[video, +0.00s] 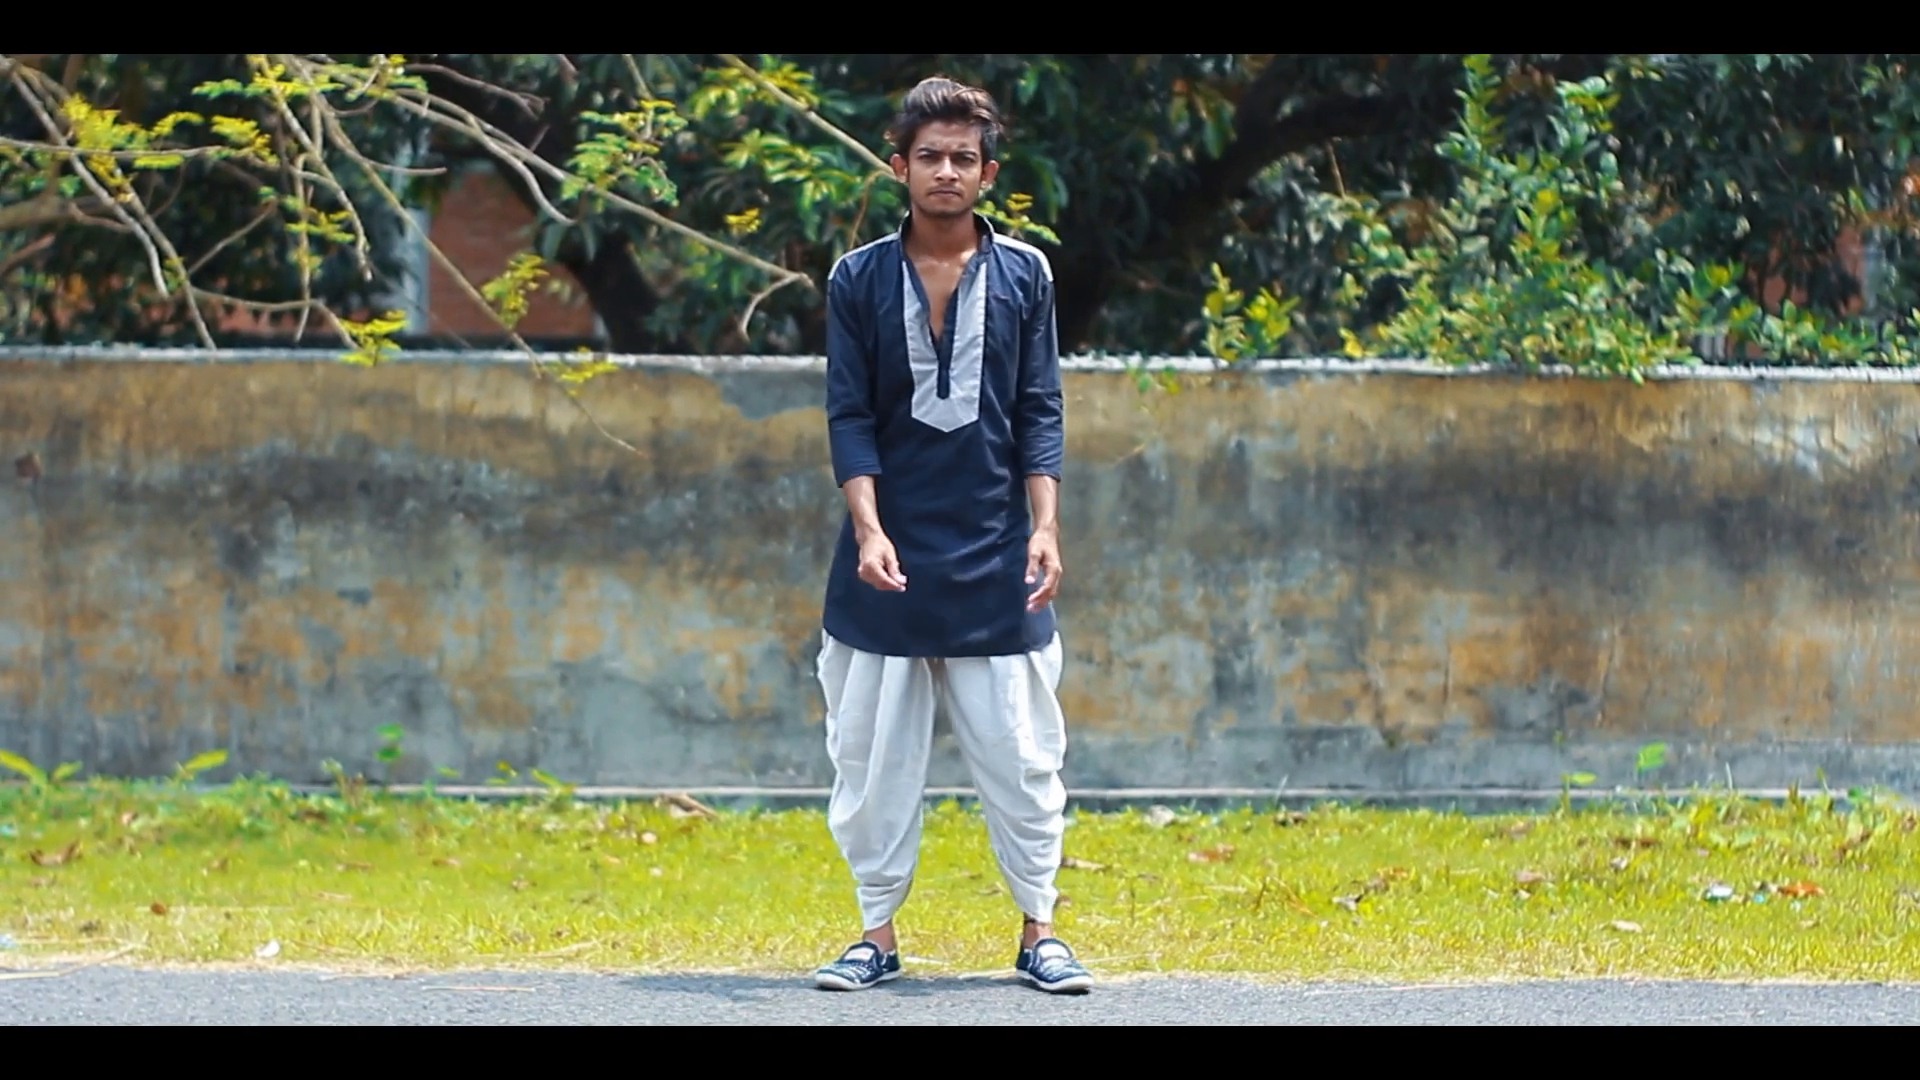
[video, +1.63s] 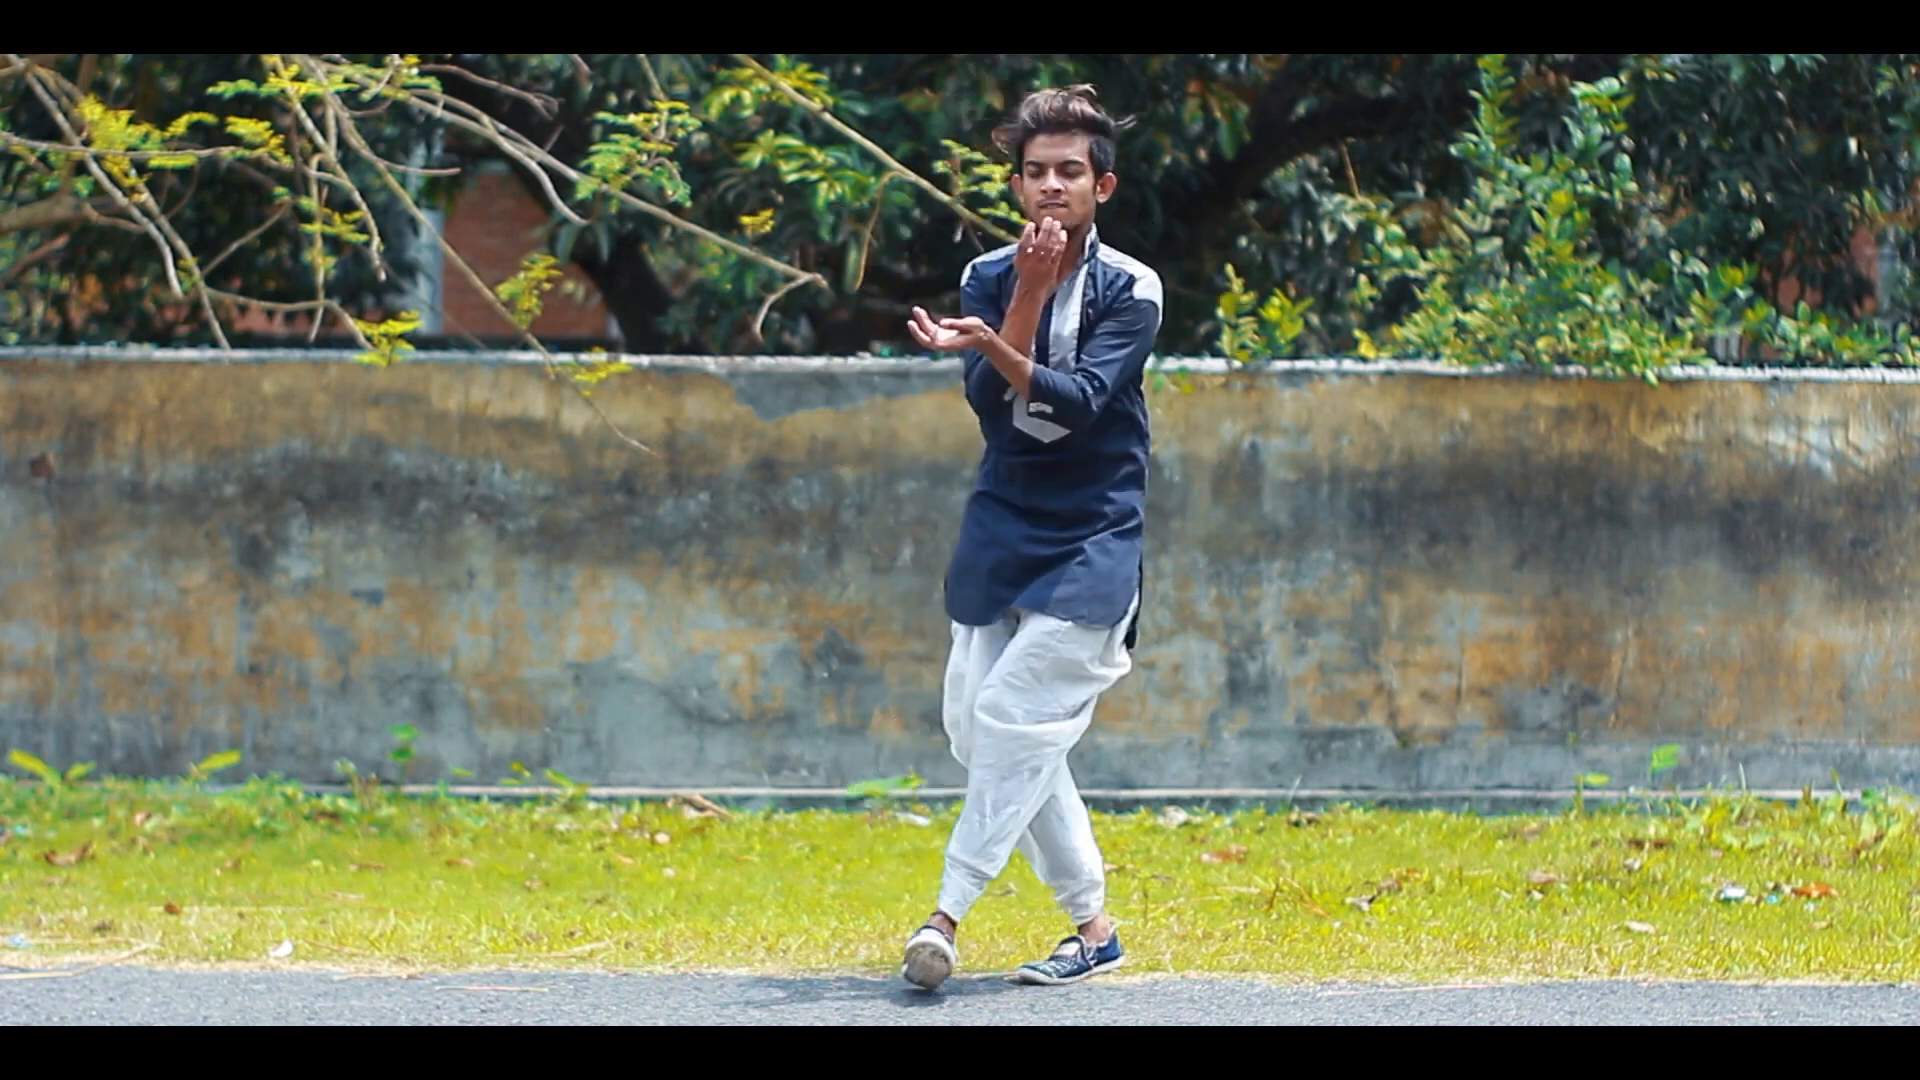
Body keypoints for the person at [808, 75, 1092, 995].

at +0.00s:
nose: (947, 173)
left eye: (964, 159)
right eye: (931, 158)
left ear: (986, 170)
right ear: (902, 167)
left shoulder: (1023, 273)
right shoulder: (858, 277)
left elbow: (1041, 408)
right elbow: (848, 414)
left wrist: (1043, 521)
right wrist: (867, 525)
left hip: (994, 540)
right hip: (886, 541)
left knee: (1020, 742)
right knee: (871, 745)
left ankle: (1039, 934)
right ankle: (877, 937)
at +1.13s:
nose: (982, 173)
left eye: (999, 158)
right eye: (966, 158)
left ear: (1027, 171)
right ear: (941, 168)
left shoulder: (1073, 271)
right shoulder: (897, 273)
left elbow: (1138, 385)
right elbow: (857, 388)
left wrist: (1170, 497)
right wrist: (818, 495)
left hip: (1031, 548)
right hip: (922, 545)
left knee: (1038, 753)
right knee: (897, 745)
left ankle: (1044, 933)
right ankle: (908, 931)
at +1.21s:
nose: (980, 194)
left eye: (997, 179)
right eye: (964, 178)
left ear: (1023, 193)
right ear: (938, 190)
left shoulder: (1063, 297)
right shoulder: (904, 298)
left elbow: (1148, 402)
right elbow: (878, 423)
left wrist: (1244, 489)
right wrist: (775, 488)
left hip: (1024, 561)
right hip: (920, 557)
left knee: (1042, 760)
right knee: (886, 750)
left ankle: (1042, 935)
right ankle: (902, 932)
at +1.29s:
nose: (981, 202)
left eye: (998, 187)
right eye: (966, 187)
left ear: (1025, 200)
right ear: (940, 198)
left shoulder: (1068, 298)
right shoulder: (908, 299)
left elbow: (1184, 363)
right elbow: (844, 388)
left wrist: (1314, 376)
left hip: (1025, 572)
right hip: (920, 568)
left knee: (1040, 763)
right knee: (878, 754)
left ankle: (1041, 936)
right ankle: (900, 937)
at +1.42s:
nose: (1005, 154)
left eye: (1020, 138)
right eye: (990, 138)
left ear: (1051, 142)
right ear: (966, 143)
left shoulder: (1093, 223)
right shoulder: (931, 220)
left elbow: (1170, 245)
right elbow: (835, 230)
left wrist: (1215, 242)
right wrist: (787, 209)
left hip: (1051, 515)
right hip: (949, 511)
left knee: (1026, 715)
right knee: (918, 720)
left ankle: (1016, 903)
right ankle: (939, 906)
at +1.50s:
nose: (1023, 145)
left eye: (1040, 129)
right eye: (1008, 130)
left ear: (1073, 132)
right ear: (985, 132)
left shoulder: (1110, 212)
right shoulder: (959, 205)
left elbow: (1155, 289)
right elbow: (837, 253)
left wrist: (1066, 287)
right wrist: (924, 246)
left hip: (1067, 491)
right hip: (973, 485)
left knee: (1017, 690)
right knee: (936, 695)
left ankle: (986, 892)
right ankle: (1022, 884)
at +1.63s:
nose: (1053, 186)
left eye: (1071, 168)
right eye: (1037, 169)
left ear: (1103, 183)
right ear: (1014, 180)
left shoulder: (1130, 288)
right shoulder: (987, 280)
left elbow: (1083, 404)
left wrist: (984, 339)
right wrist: (1030, 294)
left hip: (1097, 533)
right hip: (1001, 525)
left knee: (1010, 710)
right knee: (989, 726)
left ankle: (943, 924)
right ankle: (1095, 929)